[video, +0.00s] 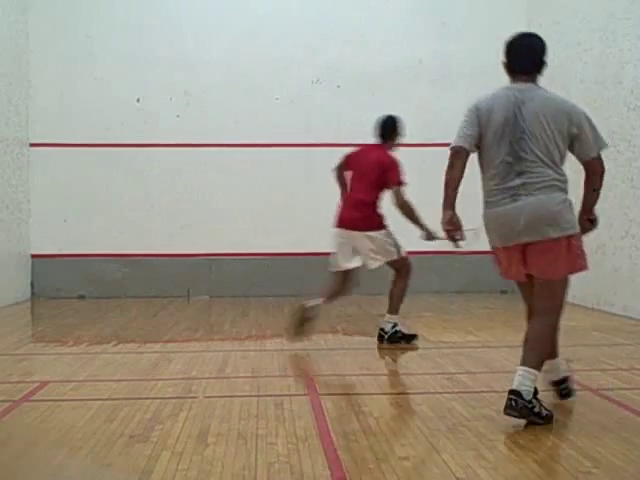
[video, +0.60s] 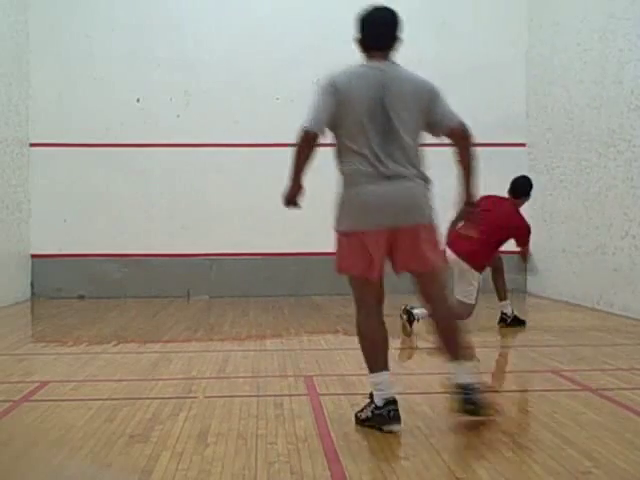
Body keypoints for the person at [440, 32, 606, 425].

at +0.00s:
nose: (515, 68)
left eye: (509, 62)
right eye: (535, 62)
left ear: (505, 65)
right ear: (542, 66)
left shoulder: (482, 107)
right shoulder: (562, 108)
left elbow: (457, 155)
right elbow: (595, 169)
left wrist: (448, 209)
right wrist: (587, 210)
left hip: (501, 222)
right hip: (551, 218)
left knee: (534, 303)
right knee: (545, 309)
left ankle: (557, 375)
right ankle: (521, 391)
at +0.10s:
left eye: (489, 51)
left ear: (488, 55)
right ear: (525, 55)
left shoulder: (468, 99)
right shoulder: (548, 98)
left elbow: (452, 151)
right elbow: (584, 154)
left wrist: (448, 207)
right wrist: (591, 207)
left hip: (487, 216)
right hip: (539, 214)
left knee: (506, 296)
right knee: (533, 303)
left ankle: (523, 376)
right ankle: (519, 394)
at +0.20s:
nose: (475, 51)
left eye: (470, 45)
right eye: (491, 43)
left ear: (468, 49)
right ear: (506, 48)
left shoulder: (452, 96)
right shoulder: (535, 91)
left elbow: (436, 158)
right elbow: (568, 143)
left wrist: (430, 208)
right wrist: (586, 197)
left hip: (472, 211)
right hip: (526, 210)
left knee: (469, 294)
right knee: (523, 304)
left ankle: (469, 378)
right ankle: (520, 399)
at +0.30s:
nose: (457, 50)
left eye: (452, 43)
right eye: (474, 42)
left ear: (447, 48)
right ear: (485, 46)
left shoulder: (432, 96)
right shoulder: (514, 89)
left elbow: (410, 161)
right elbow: (547, 137)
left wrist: (399, 215)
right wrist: (568, 194)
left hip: (451, 215)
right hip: (508, 213)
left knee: (432, 296)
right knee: (513, 306)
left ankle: (417, 383)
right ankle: (519, 400)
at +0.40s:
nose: (429, 53)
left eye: (421, 47)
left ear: (420, 51)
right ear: (457, 49)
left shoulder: (404, 100)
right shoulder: (485, 92)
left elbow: (377, 161)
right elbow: (521, 140)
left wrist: (362, 211)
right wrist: (543, 197)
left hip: (427, 219)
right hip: (483, 216)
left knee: (397, 302)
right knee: (499, 305)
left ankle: (389, 394)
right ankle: (518, 399)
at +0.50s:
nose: (395, 53)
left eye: (390, 47)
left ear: (388, 51)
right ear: (426, 50)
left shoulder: (369, 98)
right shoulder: (450, 94)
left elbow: (339, 155)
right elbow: (488, 142)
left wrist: (323, 201)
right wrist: (508, 195)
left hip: (390, 217)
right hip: (447, 216)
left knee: (375, 308)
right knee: (477, 305)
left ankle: (385, 403)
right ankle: (514, 392)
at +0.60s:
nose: (375, 44)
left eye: (368, 36)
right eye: (390, 38)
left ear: (359, 41)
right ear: (397, 42)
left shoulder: (338, 84)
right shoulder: (417, 86)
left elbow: (309, 134)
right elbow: (460, 134)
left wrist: (295, 181)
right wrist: (468, 196)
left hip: (360, 213)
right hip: (413, 211)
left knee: (368, 304)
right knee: (437, 297)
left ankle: (384, 401)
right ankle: (466, 381)